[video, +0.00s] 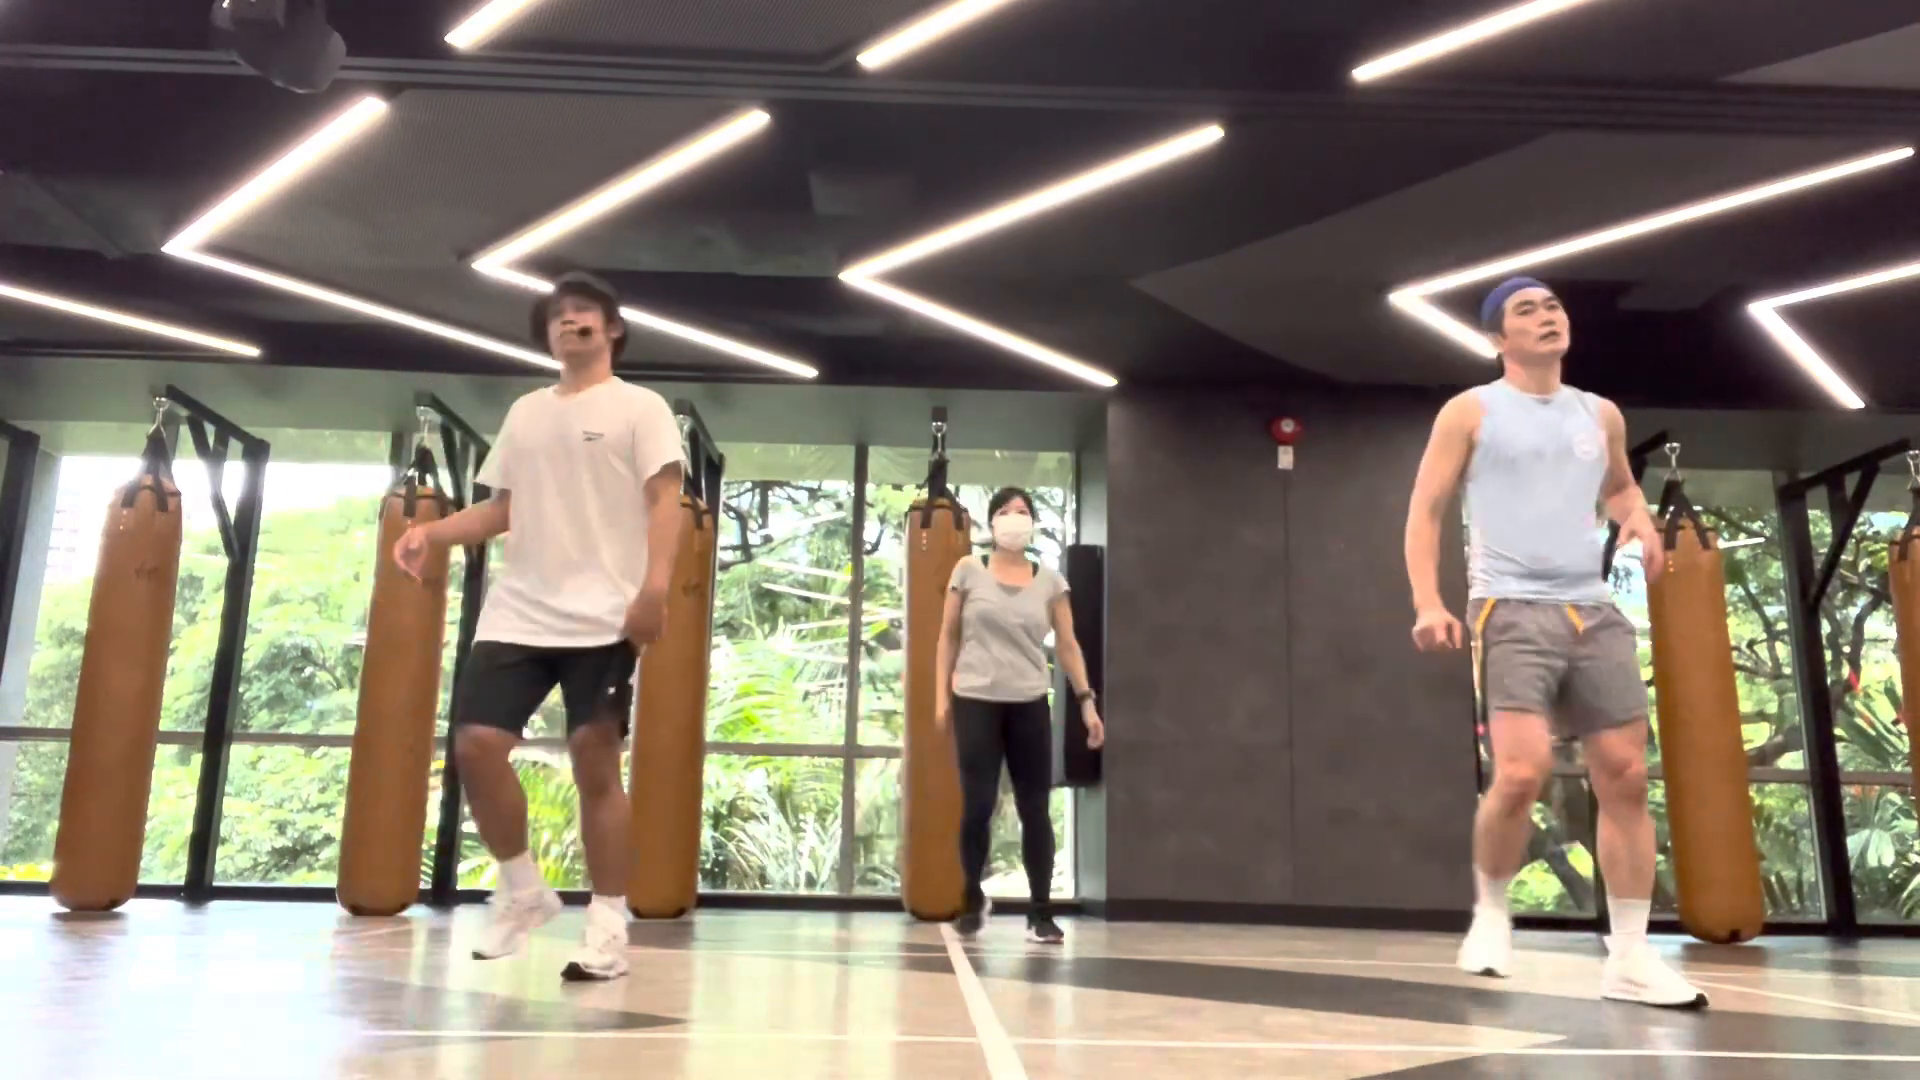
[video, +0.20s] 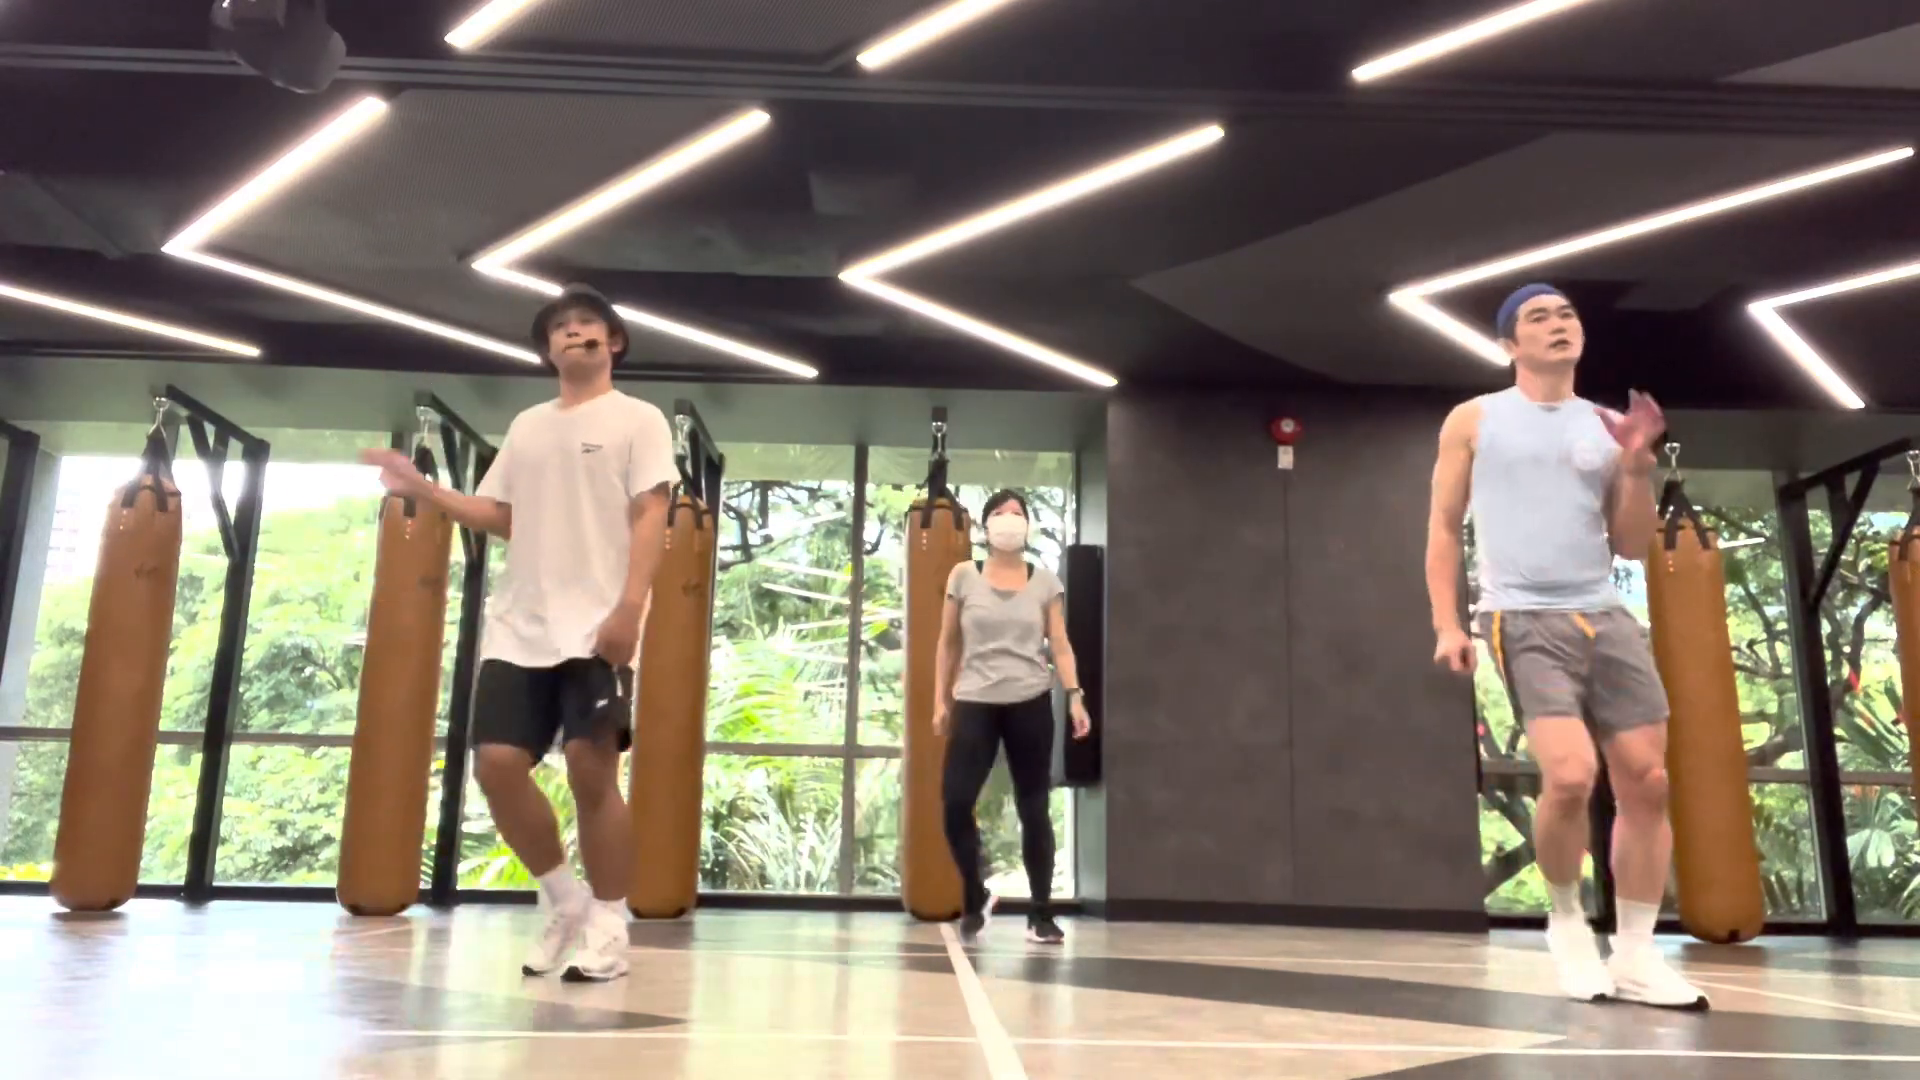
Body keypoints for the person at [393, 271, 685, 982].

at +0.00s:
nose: (573, 320)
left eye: (587, 312)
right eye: (562, 312)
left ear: (613, 331)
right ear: (547, 334)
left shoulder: (642, 408)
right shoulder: (526, 411)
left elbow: (667, 500)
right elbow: (505, 509)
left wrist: (656, 587)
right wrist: (434, 531)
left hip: (602, 614)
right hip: (517, 611)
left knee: (595, 759)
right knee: (476, 745)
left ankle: (608, 928)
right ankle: (525, 894)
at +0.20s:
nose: (579, 332)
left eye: (591, 322)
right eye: (564, 326)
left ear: (615, 340)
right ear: (548, 349)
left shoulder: (639, 420)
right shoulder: (527, 428)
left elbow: (651, 515)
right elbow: (496, 514)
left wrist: (630, 608)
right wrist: (421, 485)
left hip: (596, 624)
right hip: (518, 626)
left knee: (590, 766)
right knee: (497, 763)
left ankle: (610, 925)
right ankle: (567, 906)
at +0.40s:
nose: (554, 323)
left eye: (567, 315)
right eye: (541, 317)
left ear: (593, 334)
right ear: (524, 341)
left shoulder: (619, 408)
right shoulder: (503, 417)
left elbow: (626, 509)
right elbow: (460, 494)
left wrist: (600, 598)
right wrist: (416, 416)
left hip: (574, 615)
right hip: (488, 611)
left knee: (582, 768)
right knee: (422, 741)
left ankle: (607, 928)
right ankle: (440, 897)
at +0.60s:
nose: (512, 346)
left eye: (527, 337)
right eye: (500, 338)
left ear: (553, 359)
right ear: (484, 360)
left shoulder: (570, 440)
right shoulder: (448, 431)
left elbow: (583, 536)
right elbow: (388, 499)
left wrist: (567, 622)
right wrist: (357, 418)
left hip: (522, 641)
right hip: (429, 637)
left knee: (549, 774)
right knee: (363, 769)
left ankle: (605, 930)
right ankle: (330, 925)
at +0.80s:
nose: (463, 331)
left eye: (480, 324)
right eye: (453, 321)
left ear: (504, 348)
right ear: (435, 339)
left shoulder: (520, 428)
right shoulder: (393, 407)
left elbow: (518, 528)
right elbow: (336, 479)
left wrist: (500, 617)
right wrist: (312, 397)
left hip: (460, 627)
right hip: (367, 619)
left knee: (489, 761)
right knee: (332, 763)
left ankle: (540, 912)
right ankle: (327, 928)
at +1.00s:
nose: (441, 332)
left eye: (457, 326)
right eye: (430, 323)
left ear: (480, 348)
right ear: (412, 341)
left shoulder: (505, 428)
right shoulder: (368, 408)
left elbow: (509, 526)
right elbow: (305, 475)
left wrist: (484, 609)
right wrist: (307, 388)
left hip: (434, 627)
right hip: (346, 620)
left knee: (405, 769)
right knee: (327, 769)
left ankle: (386, 923)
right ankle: (325, 921)